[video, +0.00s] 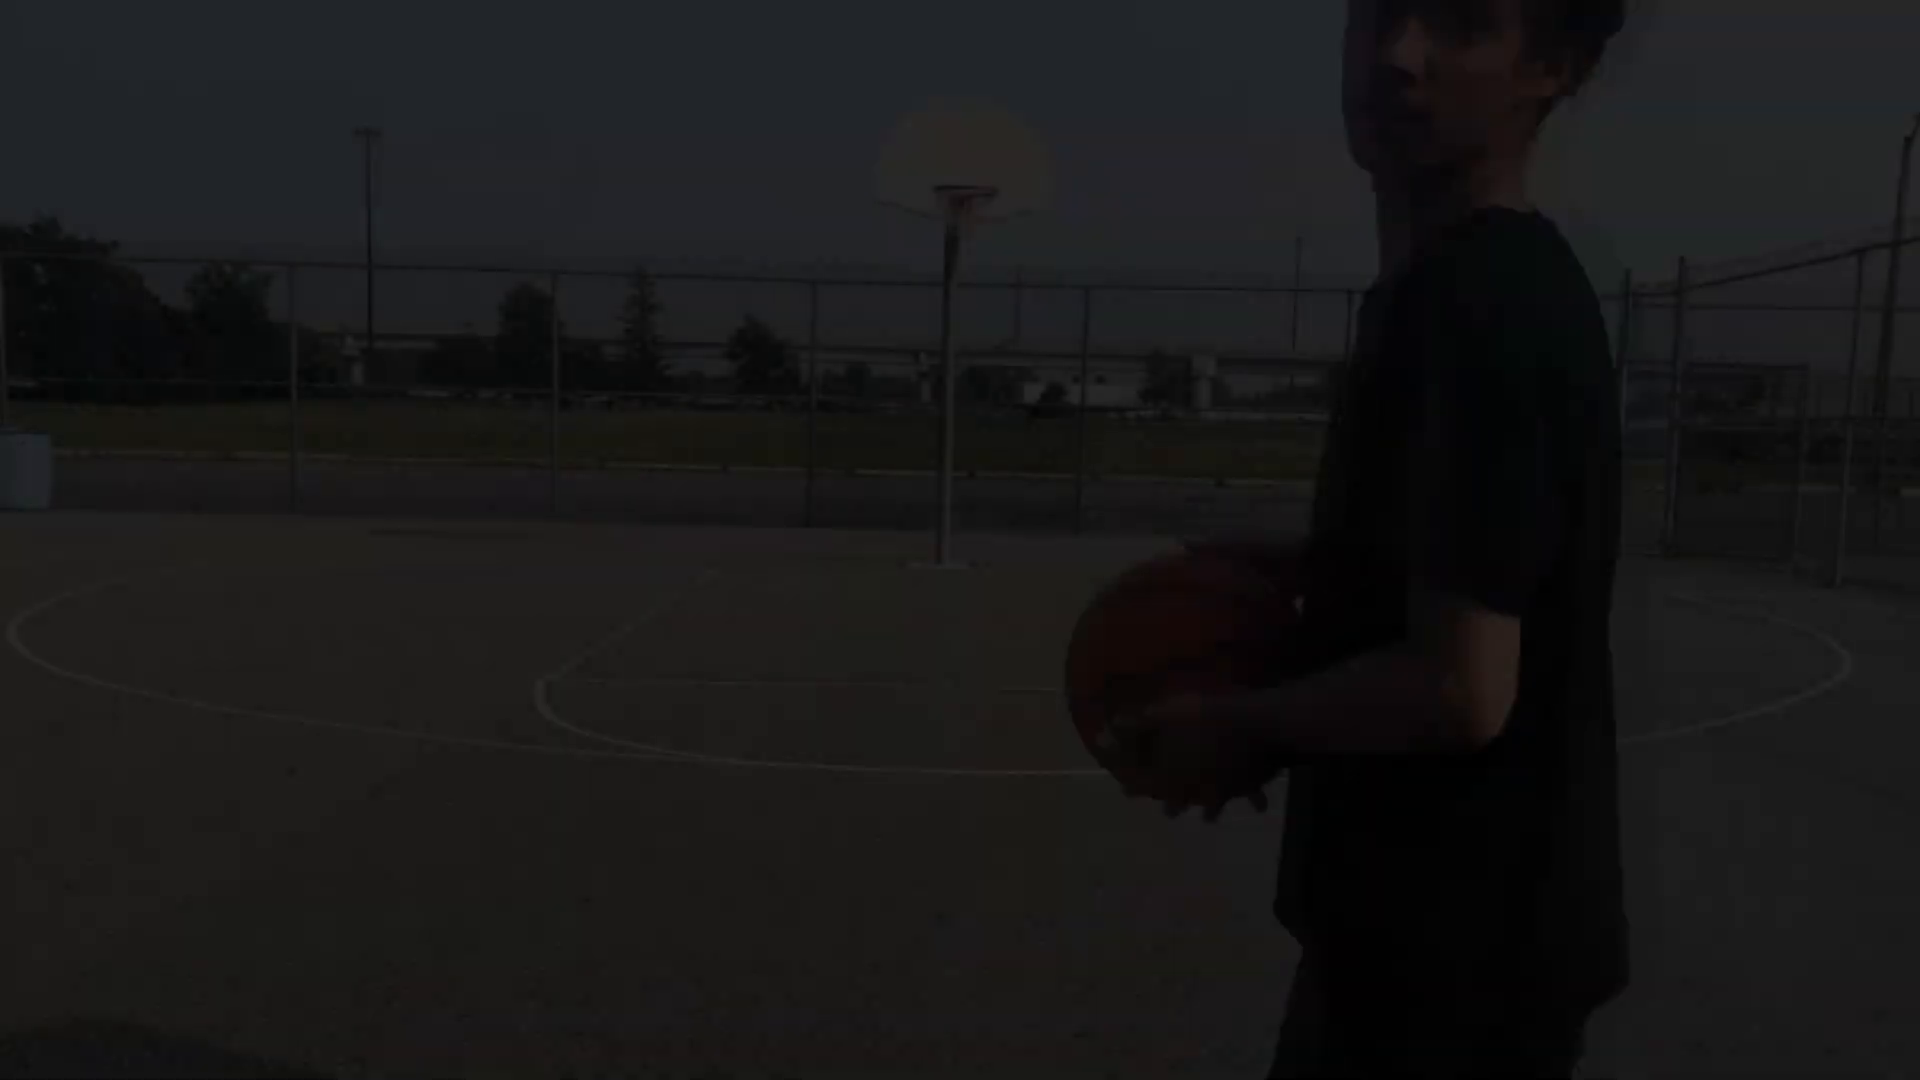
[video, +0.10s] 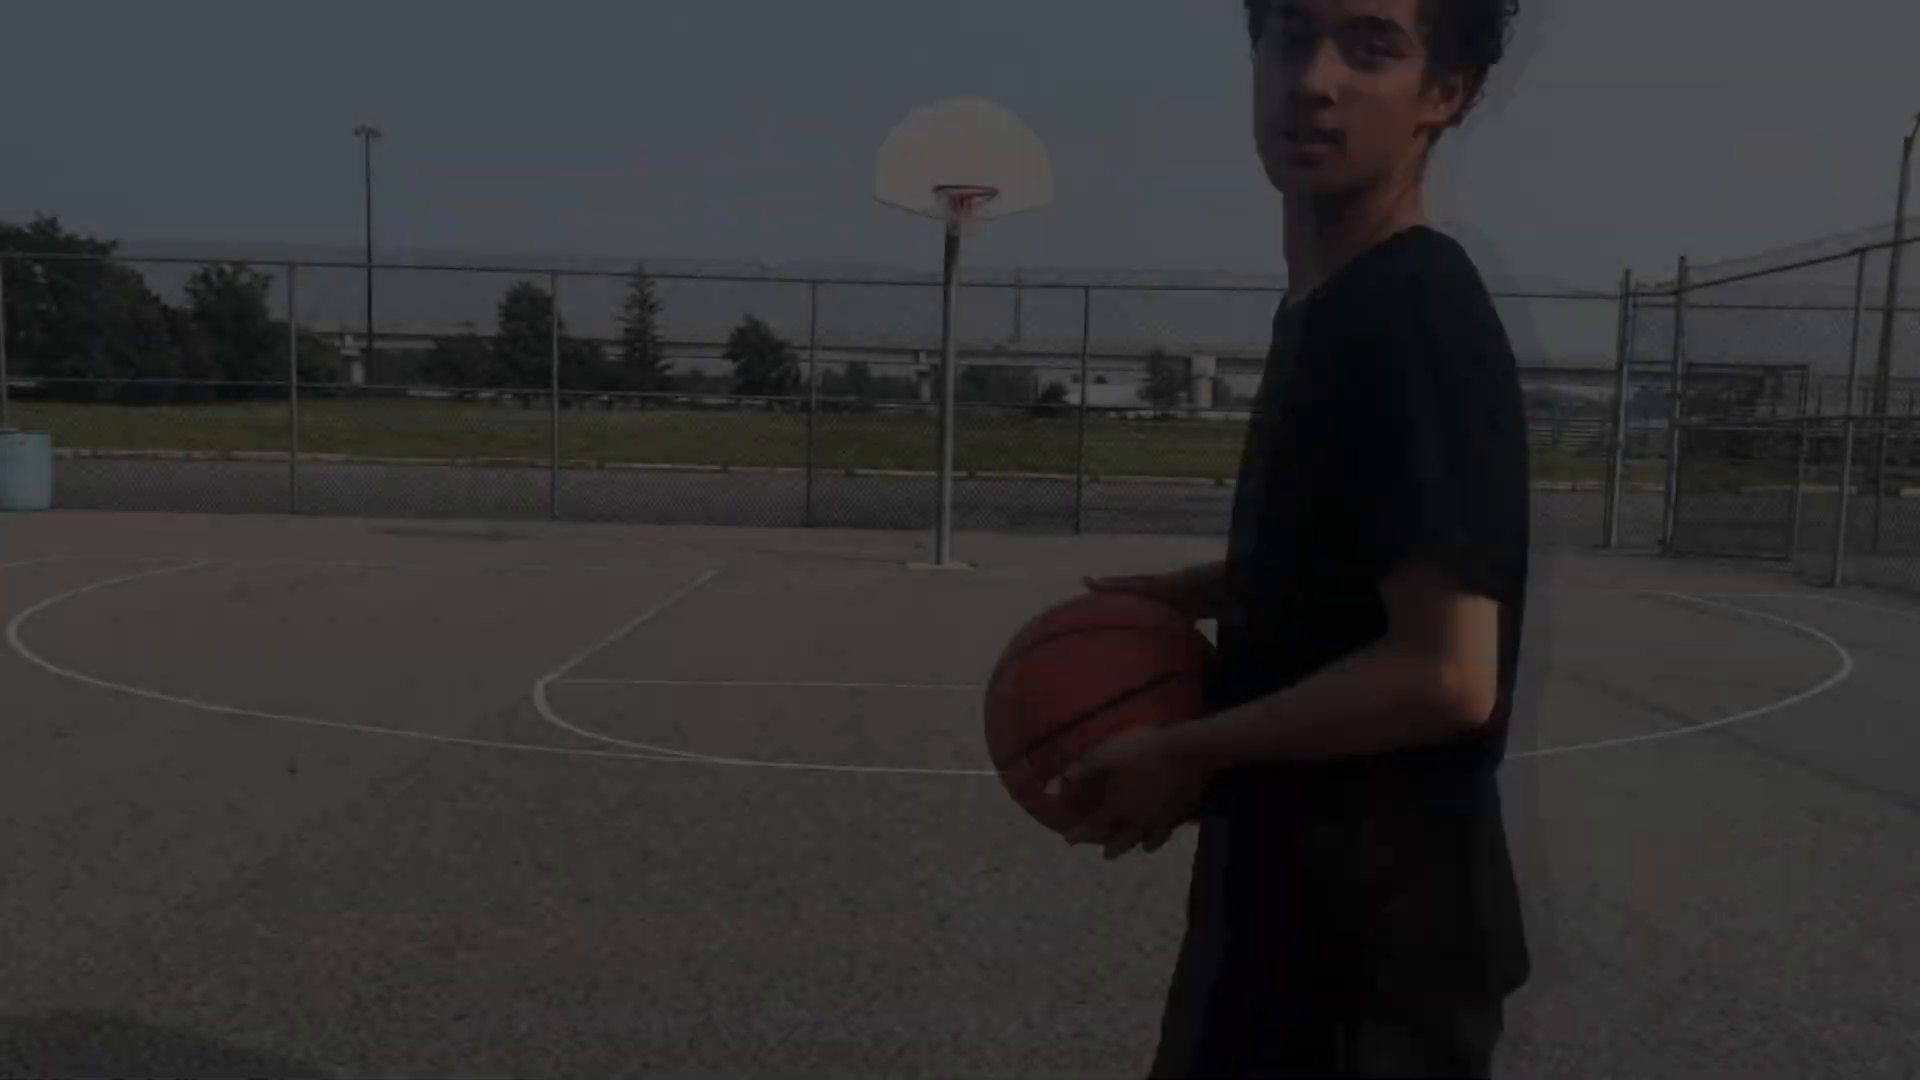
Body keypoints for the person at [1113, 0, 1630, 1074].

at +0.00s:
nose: (1399, 56)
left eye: (1459, 26)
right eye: (1384, 17)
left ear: (1549, 68)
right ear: (1343, 33)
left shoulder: (1481, 298)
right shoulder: (1451, 287)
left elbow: (1464, 685)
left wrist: (1237, 730)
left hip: (1451, 942)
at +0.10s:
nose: (1314, 82)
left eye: (1368, 50)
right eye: (1291, 41)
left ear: (1444, 96)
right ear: (1254, 61)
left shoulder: (1420, 306)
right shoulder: (1324, 307)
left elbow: (1450, 675)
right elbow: (1333, 575)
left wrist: (1193, 758)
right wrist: (1181, 597)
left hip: (1378, 939)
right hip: (1281, 917)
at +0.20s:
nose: (1229, 107)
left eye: (1277, 78)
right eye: (1206, 69)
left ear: (1342, 126)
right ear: (1168, 93)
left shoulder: (1333, 322)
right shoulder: (1224, 324)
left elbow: (1387, 662)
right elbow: (1254, 606)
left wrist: (1119, 770)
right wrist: (1084, 629)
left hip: (1272, 939)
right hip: (1163, 919)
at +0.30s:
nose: (1147, 100)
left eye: (1192, 71)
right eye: (1121, 66)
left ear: (1254, 116)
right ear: (1086, 93)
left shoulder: (1267, 294)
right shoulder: (1136, 315)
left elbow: (1343, 598)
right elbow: (1174, 592)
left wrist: (1072, 699)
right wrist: (1014, 595)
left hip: (1206, 891)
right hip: (1085, 870)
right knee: (1012, 1061)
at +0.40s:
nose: (1083, 79)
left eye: (1123, 53)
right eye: (1055, 50)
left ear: (1179, 100)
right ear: (1016, 86)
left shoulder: (1210, 249)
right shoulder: (1047, 318)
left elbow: (1352, 516)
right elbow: (1051, 555)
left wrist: (1080, 611)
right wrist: (927, 616)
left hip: (1171, 839)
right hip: (1039, 821)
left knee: (1103, 1062)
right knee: (975, 1063)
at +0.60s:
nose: (983, 79)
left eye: (1023, 54)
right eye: (954, 49)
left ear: (1076, 105)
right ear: (913, 88)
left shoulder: (1134, 251)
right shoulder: (926, 345)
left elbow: (1296, 498)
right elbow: (873, 555)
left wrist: (1073, 609)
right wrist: (825, 564)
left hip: (1126, 835)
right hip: (972, 830)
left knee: (1071, 1063)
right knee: (957, 1063)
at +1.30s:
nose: (1073, 3)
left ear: (1198, 37)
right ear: (999, 4)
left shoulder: (1247, 318)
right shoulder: (855, 261)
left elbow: (1267, 622)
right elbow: (792, 516)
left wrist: (1147, 760)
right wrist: (736, 587)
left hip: (1046, 916)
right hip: (798, 888)